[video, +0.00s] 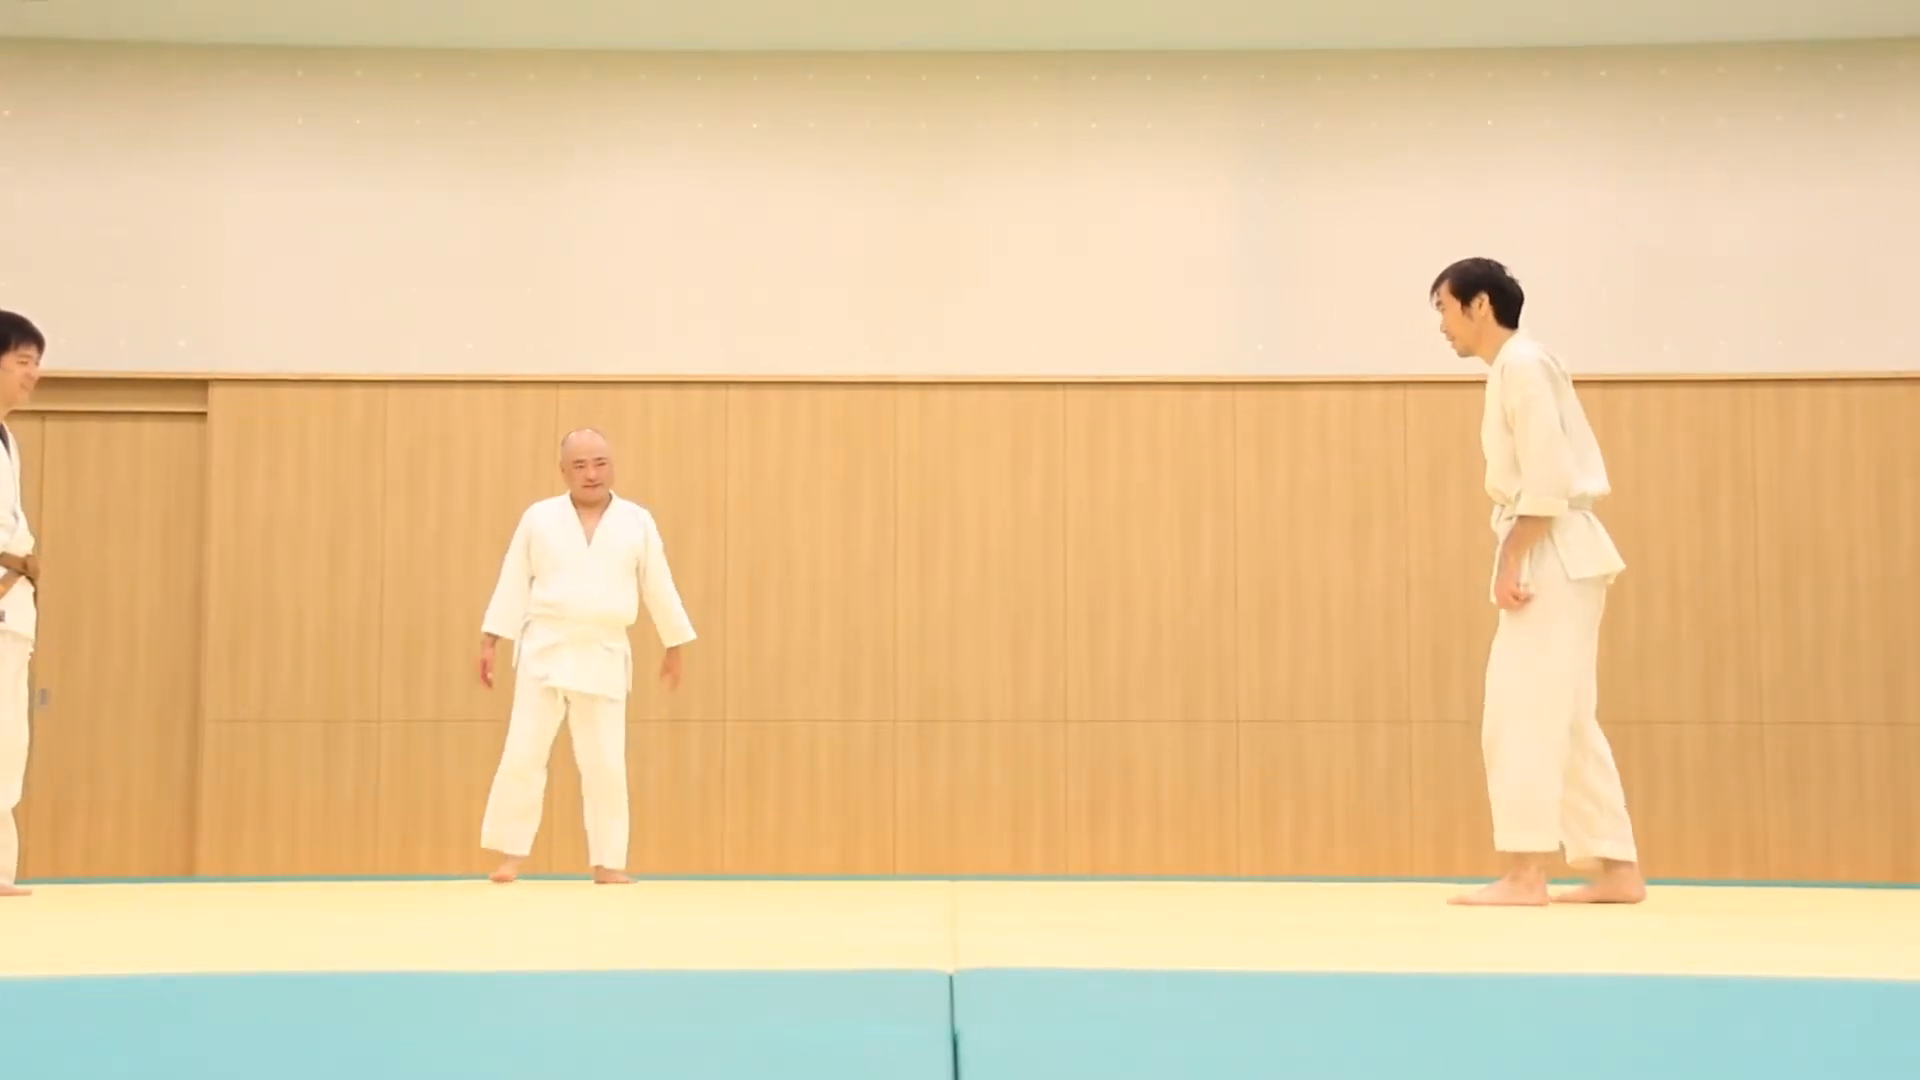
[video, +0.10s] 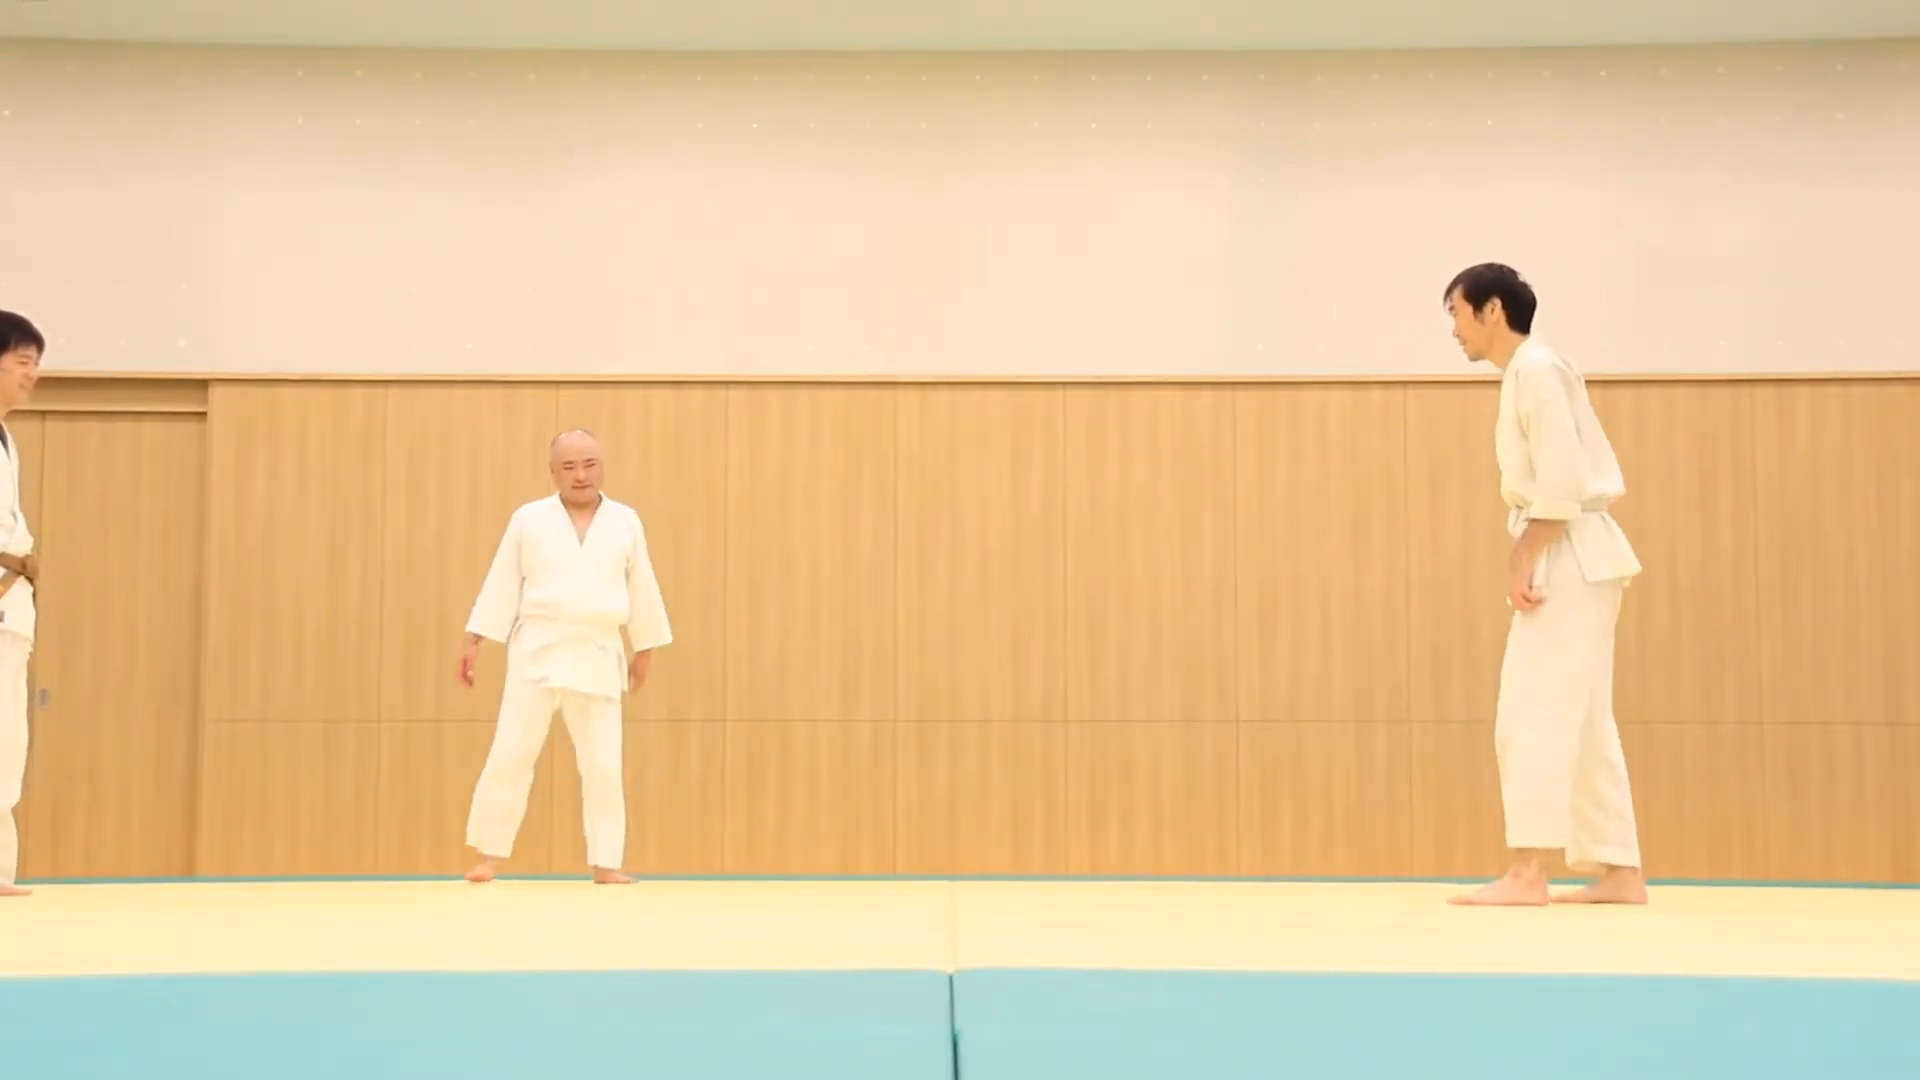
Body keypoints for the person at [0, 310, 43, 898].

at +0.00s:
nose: (34, 376)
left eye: (37, 365)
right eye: (24, 363)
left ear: (30, 370)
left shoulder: (9, 442)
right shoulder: (1, 442)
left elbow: (16, 527)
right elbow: (9, 530)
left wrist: (24, 563)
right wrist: (26, 561)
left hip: (15, 611)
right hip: (8, 612)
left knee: (12, 746)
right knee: (7, 747)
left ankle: (6, 866)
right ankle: (3, 867)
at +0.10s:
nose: (33, 377)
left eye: (36, 365)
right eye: (24, 364)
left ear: (29, 370)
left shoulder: (8, 442)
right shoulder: (1, 443)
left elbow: (15, 526)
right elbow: (8, 529)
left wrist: (25, 562)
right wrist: (25, 561)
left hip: (14, 613)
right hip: (7, 613)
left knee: (11, 745)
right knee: (7, 746)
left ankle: (6, 867)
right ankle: (2, 868)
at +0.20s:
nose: (32, 377)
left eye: (35, 365)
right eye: (23, 363)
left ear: (29, 370)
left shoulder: (7, 443)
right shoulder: (1, 443)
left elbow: (14, 527)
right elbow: (8, 529)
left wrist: (24, 560)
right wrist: (25, 559)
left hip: (13, 612)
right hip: (7, 613)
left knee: (10, 744)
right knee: (6, 744)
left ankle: (5, 866)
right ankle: (2, 867)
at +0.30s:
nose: (31, 376)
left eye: (35, 365)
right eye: (23, 363)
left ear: (27, 369)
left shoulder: (6, 441)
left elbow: (12, 521)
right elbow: (5, 523)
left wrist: (22, 556)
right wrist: (20, 556)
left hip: (13, 614)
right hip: (6, 614)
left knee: (10, 743)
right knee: (6, 743)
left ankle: (4, 866)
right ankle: (1, 867)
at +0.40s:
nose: (30, 376)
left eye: (33, 365)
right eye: (21, 363)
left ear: (27, 369)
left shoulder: (5, 441)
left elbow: (10, 519)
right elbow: (5, 521)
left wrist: (21, 556)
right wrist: (18, 557)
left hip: (12, 614)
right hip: (5, 615)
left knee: (10, 743)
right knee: (5, 744)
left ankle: (4, 867)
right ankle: (0, 867)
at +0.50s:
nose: (28, 377)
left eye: (31, 366)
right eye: (20, 364)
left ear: (25, 369)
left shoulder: (5, 442)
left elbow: (9, 519)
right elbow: (4, 521)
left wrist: (19, 556)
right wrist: (17, 556)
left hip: (11, 616)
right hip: (5, 618)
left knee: (9, 744)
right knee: (5, 744)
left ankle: (4, 866)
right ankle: (0, 867)